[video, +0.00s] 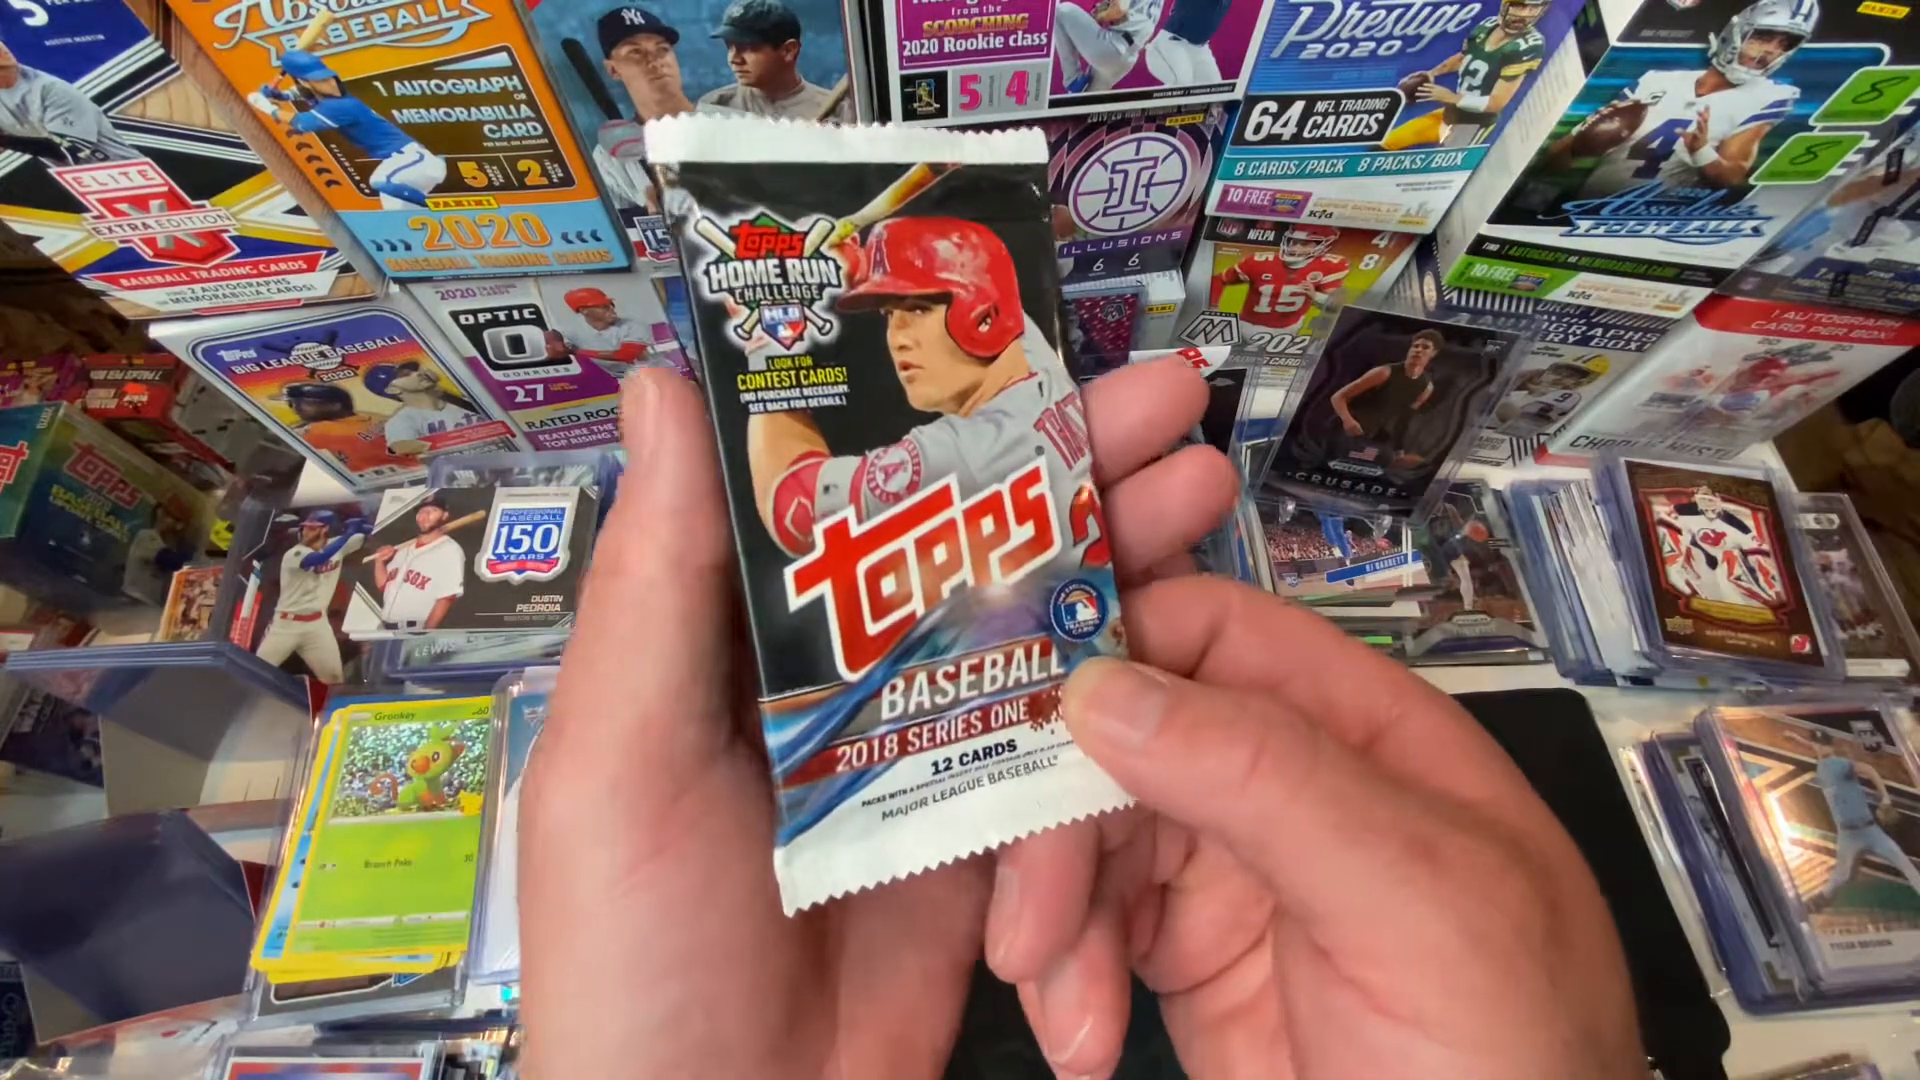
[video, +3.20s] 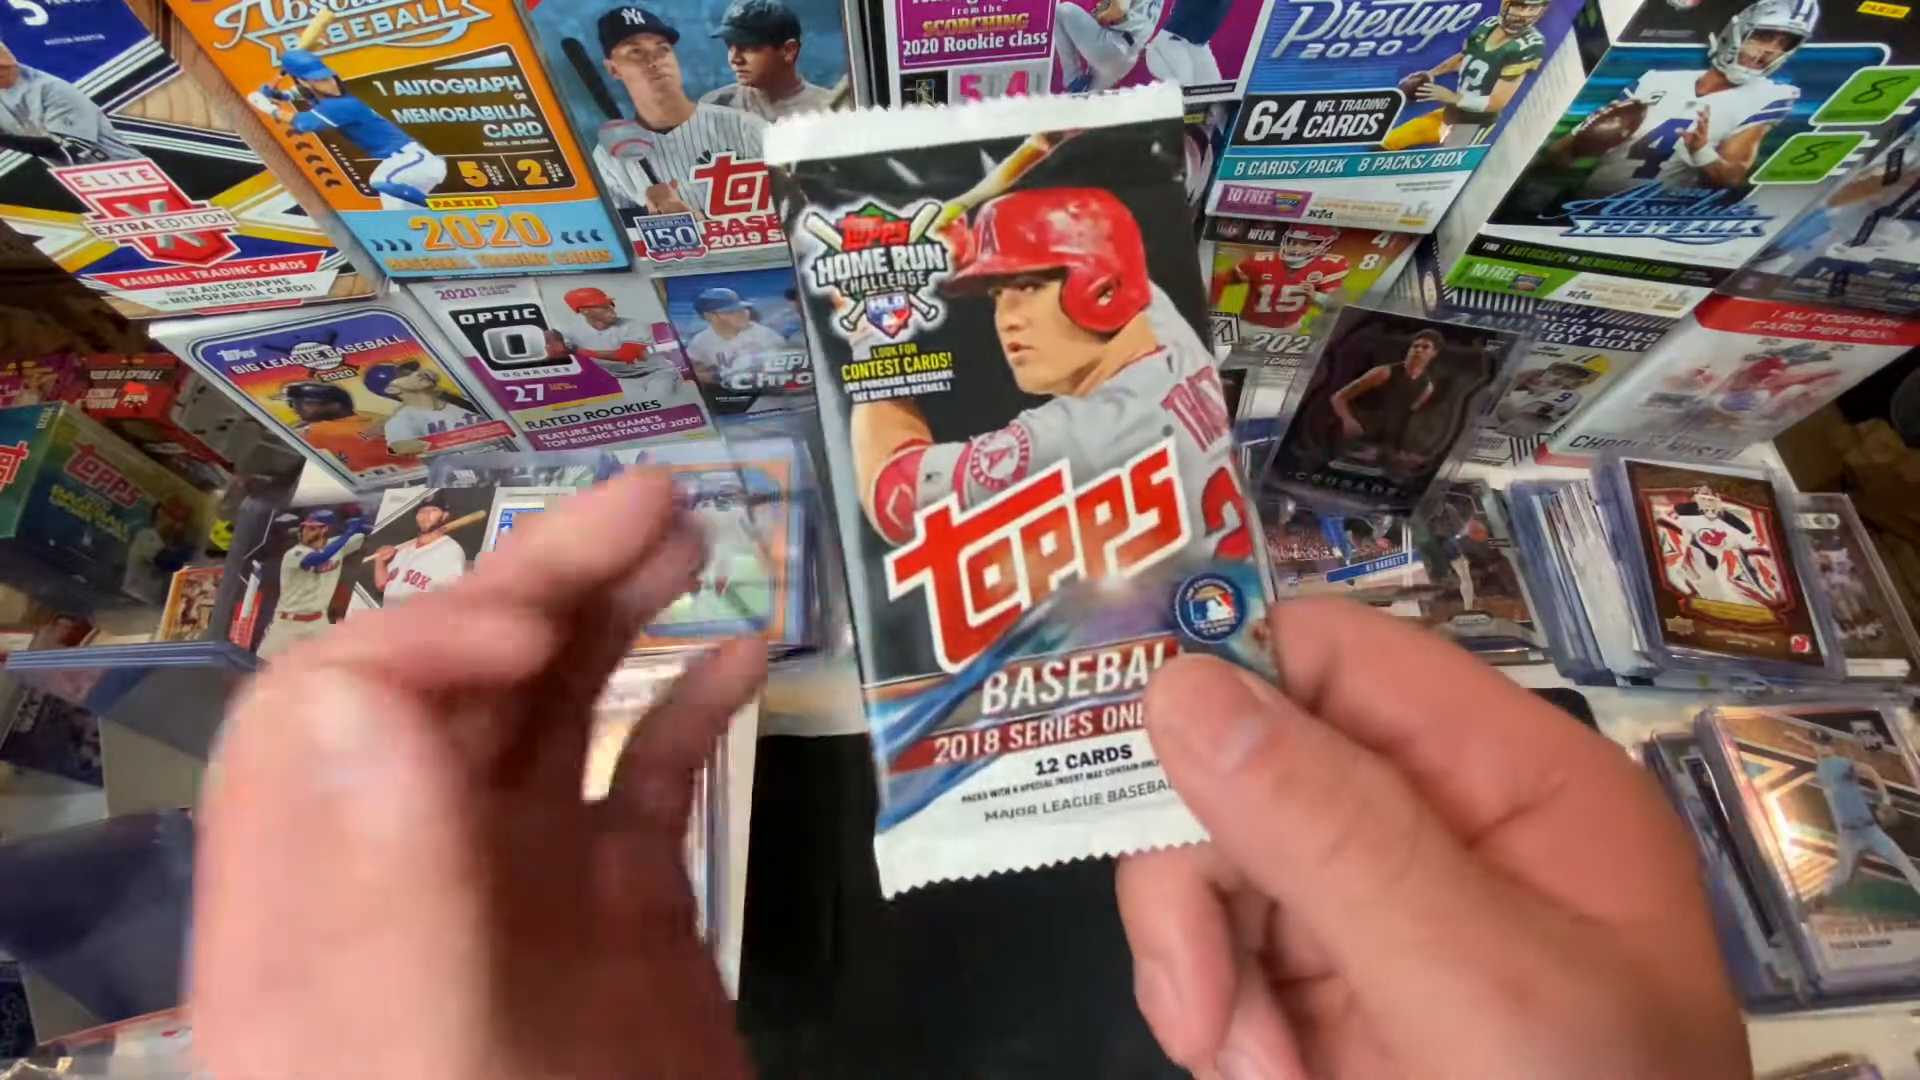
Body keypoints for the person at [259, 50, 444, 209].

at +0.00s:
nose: (330, 80)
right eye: (323, 78)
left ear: (309, 83)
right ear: (307, 84)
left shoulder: (344, 107)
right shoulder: (332, 103)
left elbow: (300, 122)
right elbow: (302, 92)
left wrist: (270, 110)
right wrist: (277, 95)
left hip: (414, 158)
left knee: (380, 179)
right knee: (399, 223)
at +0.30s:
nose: (330, 80)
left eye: (328, 77)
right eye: (323, 78)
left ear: (309, 83)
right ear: (306, 83)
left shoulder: (343, 106)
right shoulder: (331, 102)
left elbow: (300, 122)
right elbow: (300, 92)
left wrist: (271, 109)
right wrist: (276, 94)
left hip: (414, 158)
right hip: (405, 165)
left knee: (381, 179)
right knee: (398, 222)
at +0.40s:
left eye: (301, 82)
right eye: (321, 79)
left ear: (308, 83)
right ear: (310, 82)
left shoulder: (343, 106)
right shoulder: (333, 102)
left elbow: (299, 123)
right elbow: (302, 93)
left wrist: (271, 109)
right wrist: (278, 95)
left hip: (415, 158)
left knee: (381, 179)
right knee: (398, 221)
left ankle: (434, 216)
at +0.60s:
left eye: (301, 82)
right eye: (321, 78)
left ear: (308, 83)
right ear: (308, 83)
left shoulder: (343, 106)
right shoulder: (332, 102)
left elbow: (299, 123)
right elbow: (301, 93)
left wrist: (270, 109)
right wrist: (277, 95)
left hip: (415, 158)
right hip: (405, 166)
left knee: (381, 179)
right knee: (397, 223)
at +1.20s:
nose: (331, 80)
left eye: (329, 76)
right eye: (323, 78)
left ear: (308, 82)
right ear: (306, 83)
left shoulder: (344, 106)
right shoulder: (331, 105)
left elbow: (300, 122)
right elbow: (299, 92)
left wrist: (270, 108)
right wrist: (275, 94)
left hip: (415, 159)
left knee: (381, 179)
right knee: (400, 223)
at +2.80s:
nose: (329, 81)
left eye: (327, 76)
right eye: (321, 78)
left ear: (309, 83)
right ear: (305, 84)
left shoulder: (345, 106)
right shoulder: (330, 103)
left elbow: (301, 123)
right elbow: (299, 93)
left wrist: (271, 110)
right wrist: (275, 94)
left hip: (416, 159)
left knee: (381, 179)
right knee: (397, 223)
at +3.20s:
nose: (330, 81)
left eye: (327, 76)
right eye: (321, 78)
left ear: (309, 83)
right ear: (307, 83)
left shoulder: (344, 105)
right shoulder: (329, 103)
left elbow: (301, 123)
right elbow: (301, 92)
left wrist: (271, 109)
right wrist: (277, 94)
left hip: (415, 158)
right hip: (402, 167)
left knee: (381, 179)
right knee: (396, 223)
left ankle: (434, 213)